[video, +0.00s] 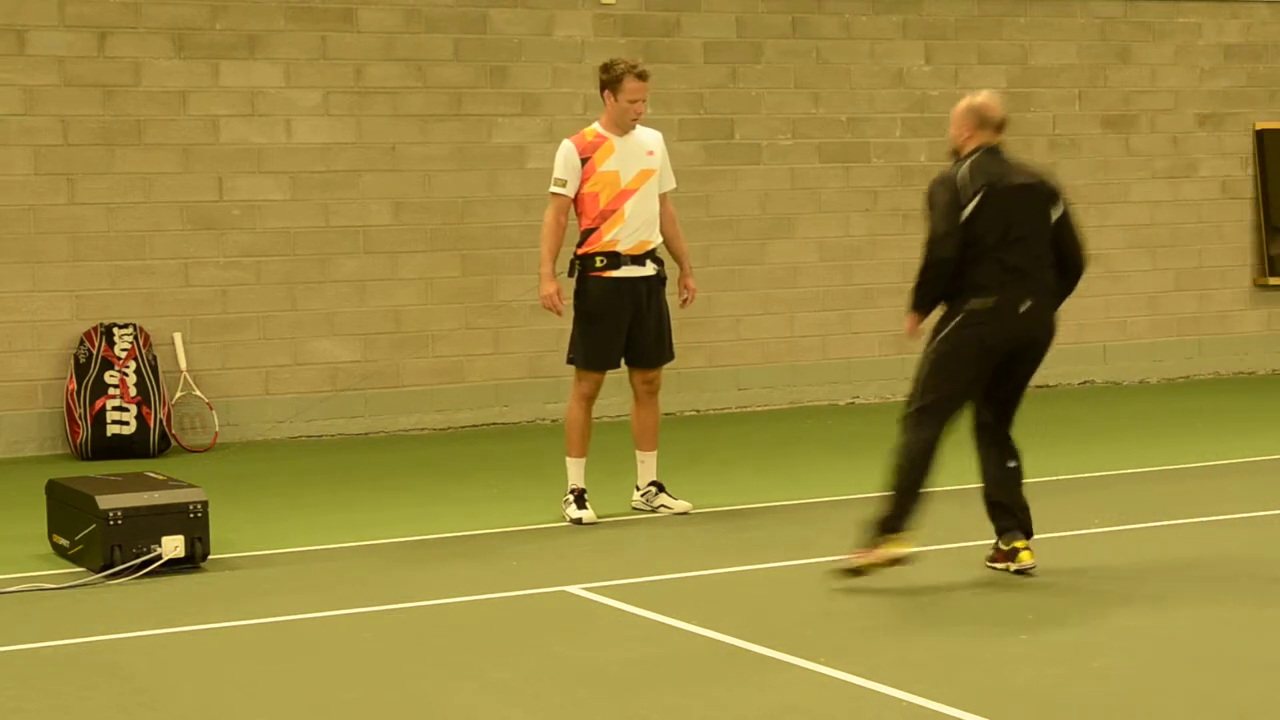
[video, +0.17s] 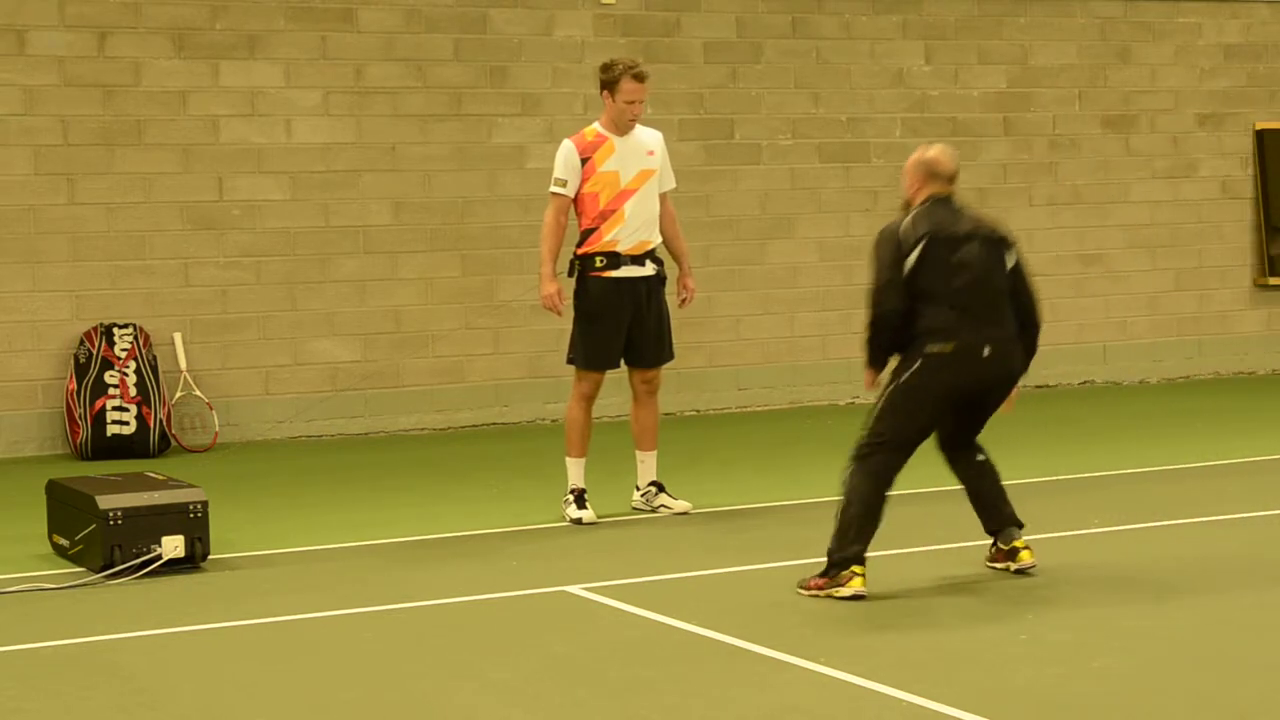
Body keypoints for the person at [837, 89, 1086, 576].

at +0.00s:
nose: (950, 132)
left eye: (954, 124)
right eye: (953, 123)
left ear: (966, 128)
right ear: (996, 130)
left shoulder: (953, 182)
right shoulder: (1039, 183)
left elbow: (944, 250)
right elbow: (1071, 260)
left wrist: (919, 306)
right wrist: (1039, 304)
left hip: (976, 320)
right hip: (1034, 323)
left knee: (924, 416)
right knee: (994, 425)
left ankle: (889, 533)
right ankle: (1014, 539)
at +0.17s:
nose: (903, 185)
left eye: (906, 177)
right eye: (906, 176)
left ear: (917, 181)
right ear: (949, 183)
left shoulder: (900, 234)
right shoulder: (994, 234)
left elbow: (891, 307)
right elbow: (1027, 316)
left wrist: (876, 359)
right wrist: (1012, 375)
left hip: (934, 362)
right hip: (995, 365)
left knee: (874, 456)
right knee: (959, 441)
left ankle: (845, 566)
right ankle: (1010, 539)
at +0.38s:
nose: (883, 215)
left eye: (886, 207)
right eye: (885, 207)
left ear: (896, 209)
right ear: (934, 211)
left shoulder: (881, 256)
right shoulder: (978, 256)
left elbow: (855, 332)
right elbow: (1015, 331)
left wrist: (848, 383)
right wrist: (1031, 397)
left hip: (927, 380)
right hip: (993, 382)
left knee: (851, 462)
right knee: (946, 446)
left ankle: (844, 567)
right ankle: (1005, 540)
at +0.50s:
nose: (919, 199)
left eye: (922, 192)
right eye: (922, 190)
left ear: (934, 195)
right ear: (964, 196)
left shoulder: (907, 242)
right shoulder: (1005, 245)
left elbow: (878, 307)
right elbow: (1044, 316)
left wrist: (864, 357)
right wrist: (1071, 380)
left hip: (940, 371)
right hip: (1006, 375)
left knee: (871, 459)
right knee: (967, 436)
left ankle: (845, 564)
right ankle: (1007, 538)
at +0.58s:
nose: (951, 181)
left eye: (955, 174)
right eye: (954, 173)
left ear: (968, 177)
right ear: (998, 179)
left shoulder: (940, 224)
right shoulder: (1034, 232)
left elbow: (908, 286)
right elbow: (1069, 306)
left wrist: (885, 342)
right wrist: (1086, 371)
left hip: (959, 356)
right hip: (1024, 361)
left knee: (901, 445)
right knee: (987, 435)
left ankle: (854, 543)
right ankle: (1009, 538)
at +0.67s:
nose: (979, 166)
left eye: (983, 159)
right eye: (983, 157)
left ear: (994, 163)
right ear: (1026, 165)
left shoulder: (967, 209)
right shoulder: (1059, 220)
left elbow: (935, 273)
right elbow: (1083, 296)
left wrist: (907, 332)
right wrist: (1075, 360)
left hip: (984, 342)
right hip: (1044, 351)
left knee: (924, 426)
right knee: (1006, 433)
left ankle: (891, 527)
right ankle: (1012, 539)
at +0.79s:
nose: (1008, 146)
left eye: (1012, 137)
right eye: (1011, 137)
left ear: (1028, 142)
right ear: (1056, 145)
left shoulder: (1005, 188)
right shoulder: (1091, 197)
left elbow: (977, 248)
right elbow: (1097, 272)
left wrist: (949, 309)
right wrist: (1076, 320)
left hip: (1023, 323)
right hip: (1085, 330)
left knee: (983, 400)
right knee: (1041, 424)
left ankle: (986, 508)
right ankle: (1017, 533)